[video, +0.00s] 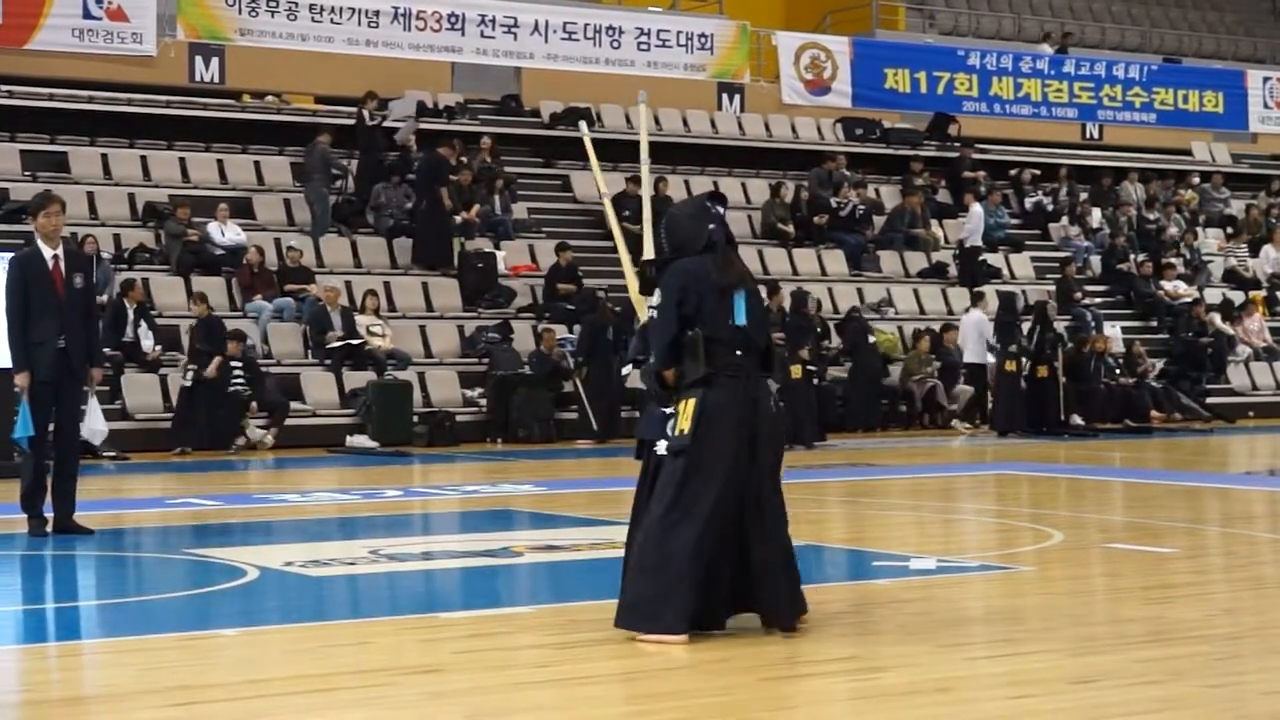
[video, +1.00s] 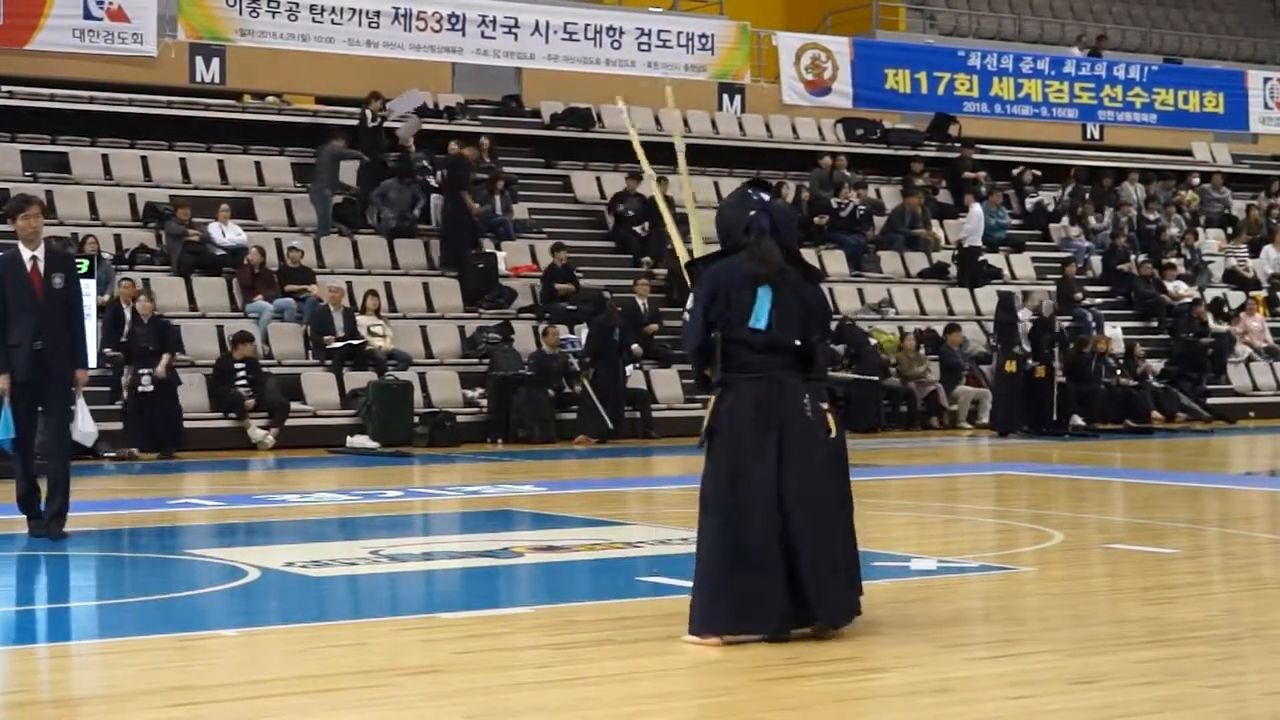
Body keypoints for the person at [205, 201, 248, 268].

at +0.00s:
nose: (224, 213)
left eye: (226, 210)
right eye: (221, 210)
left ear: (229, 213)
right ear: (216, 213)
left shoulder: (234, 226)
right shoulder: (211, 226)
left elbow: (244, 240)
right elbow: (218, 241)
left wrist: (227, 239)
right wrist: (238, 244)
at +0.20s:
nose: (224, 213)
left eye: (226, 210)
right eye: (221, 210)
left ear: (229, 213)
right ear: (216, 213)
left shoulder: (234, 226)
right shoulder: (211, 226)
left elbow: (244, 240)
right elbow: (218, 242)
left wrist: (227, 238)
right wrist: (238, 244)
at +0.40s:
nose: (224, 214)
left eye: (226, 211)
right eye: (221, 211)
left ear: (229, 213)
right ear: (216, 214)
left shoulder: (234, 227)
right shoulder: (211, 226)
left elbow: (244, 240)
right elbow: (218, 242)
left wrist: (227, 239)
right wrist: (239, 244)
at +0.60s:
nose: (224, 214)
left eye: (226, 211)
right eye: (221, 211)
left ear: (229, 213)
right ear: (216, 214)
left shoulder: (234, 226)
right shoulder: (212, 226)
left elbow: (244, 240)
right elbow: (219, 242)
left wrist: (227, 239)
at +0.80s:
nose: (224, 214)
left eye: (226, 211)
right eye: (221, 211)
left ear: (229, 213)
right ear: (216, 214)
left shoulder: (234, 226)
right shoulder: (212, 226)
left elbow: (244, 240)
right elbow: (219, 242)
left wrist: (227, 239)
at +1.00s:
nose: (225, 214)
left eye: (227, 211)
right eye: (222, 211)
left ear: (230, 213)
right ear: (217, 214)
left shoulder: (234, 226)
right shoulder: (212, 226)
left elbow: (244, 240)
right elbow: (219, 242)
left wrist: (227, 239)